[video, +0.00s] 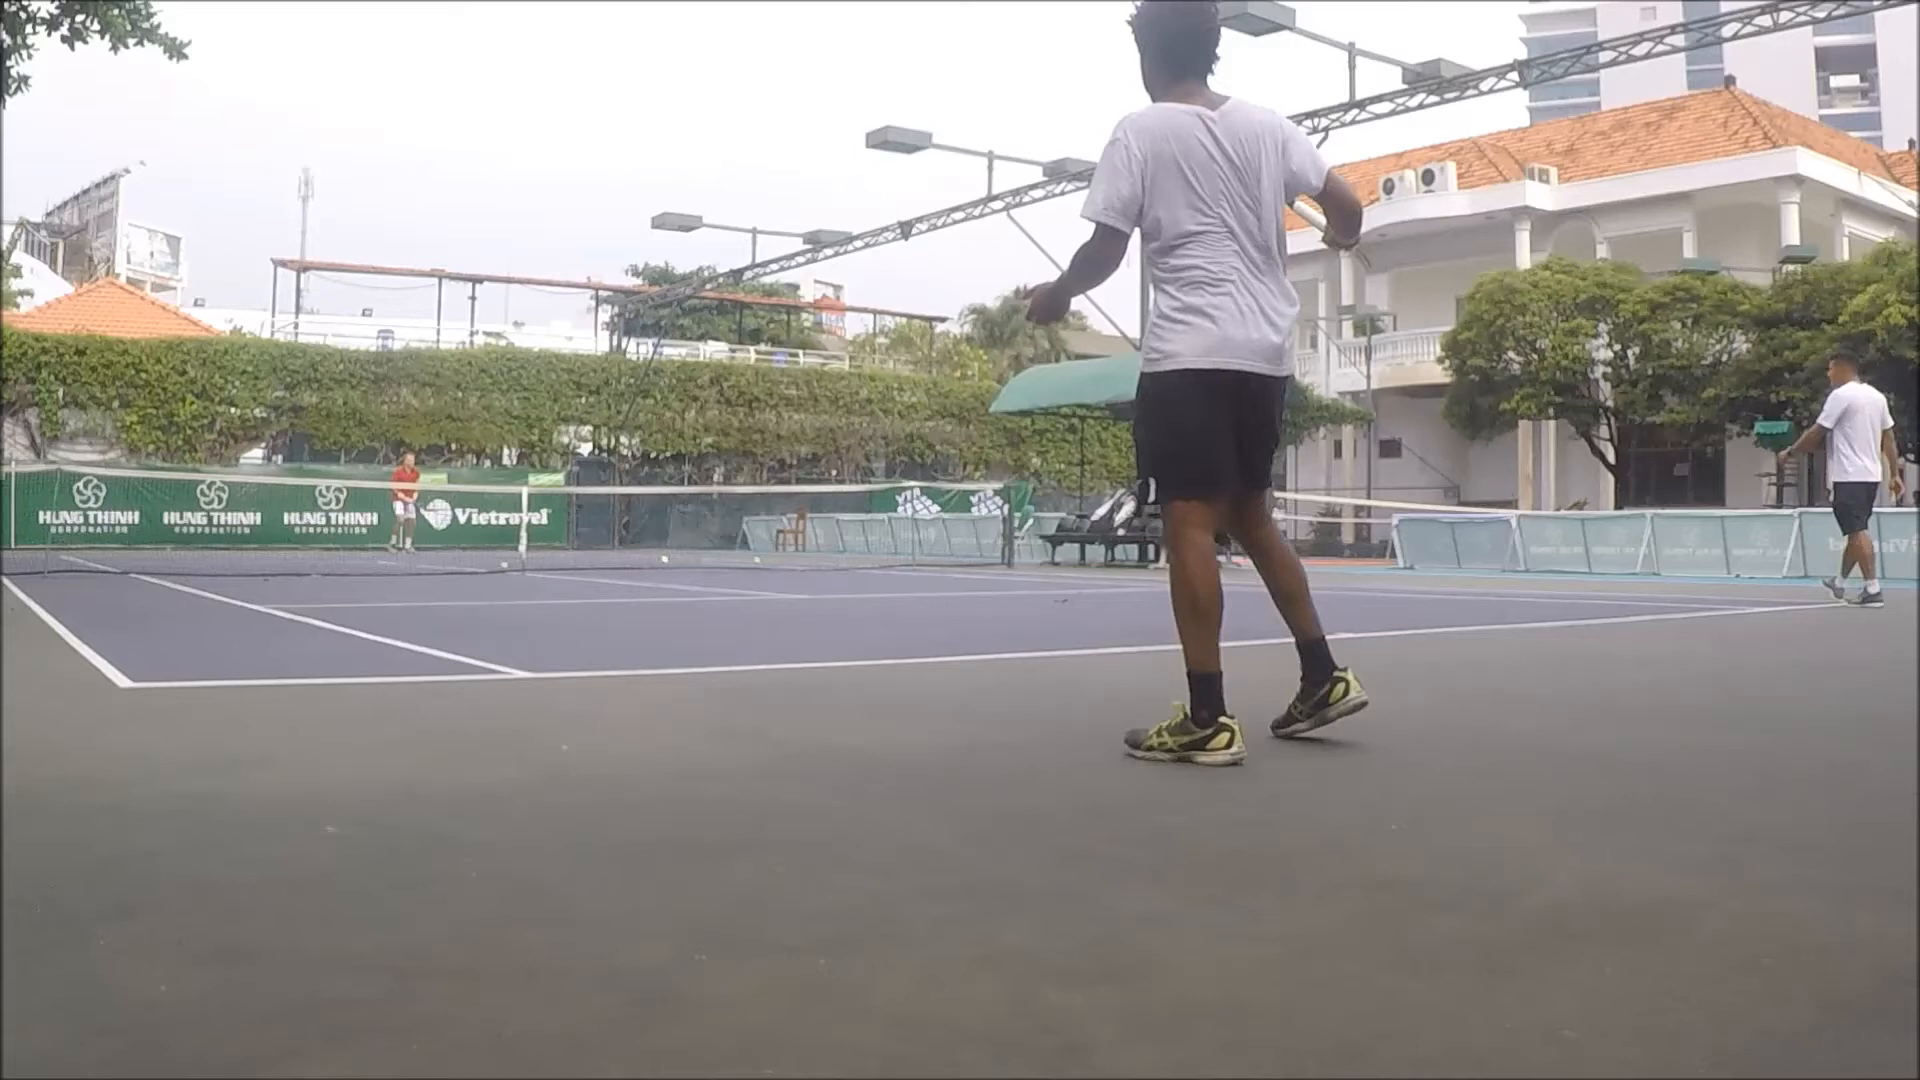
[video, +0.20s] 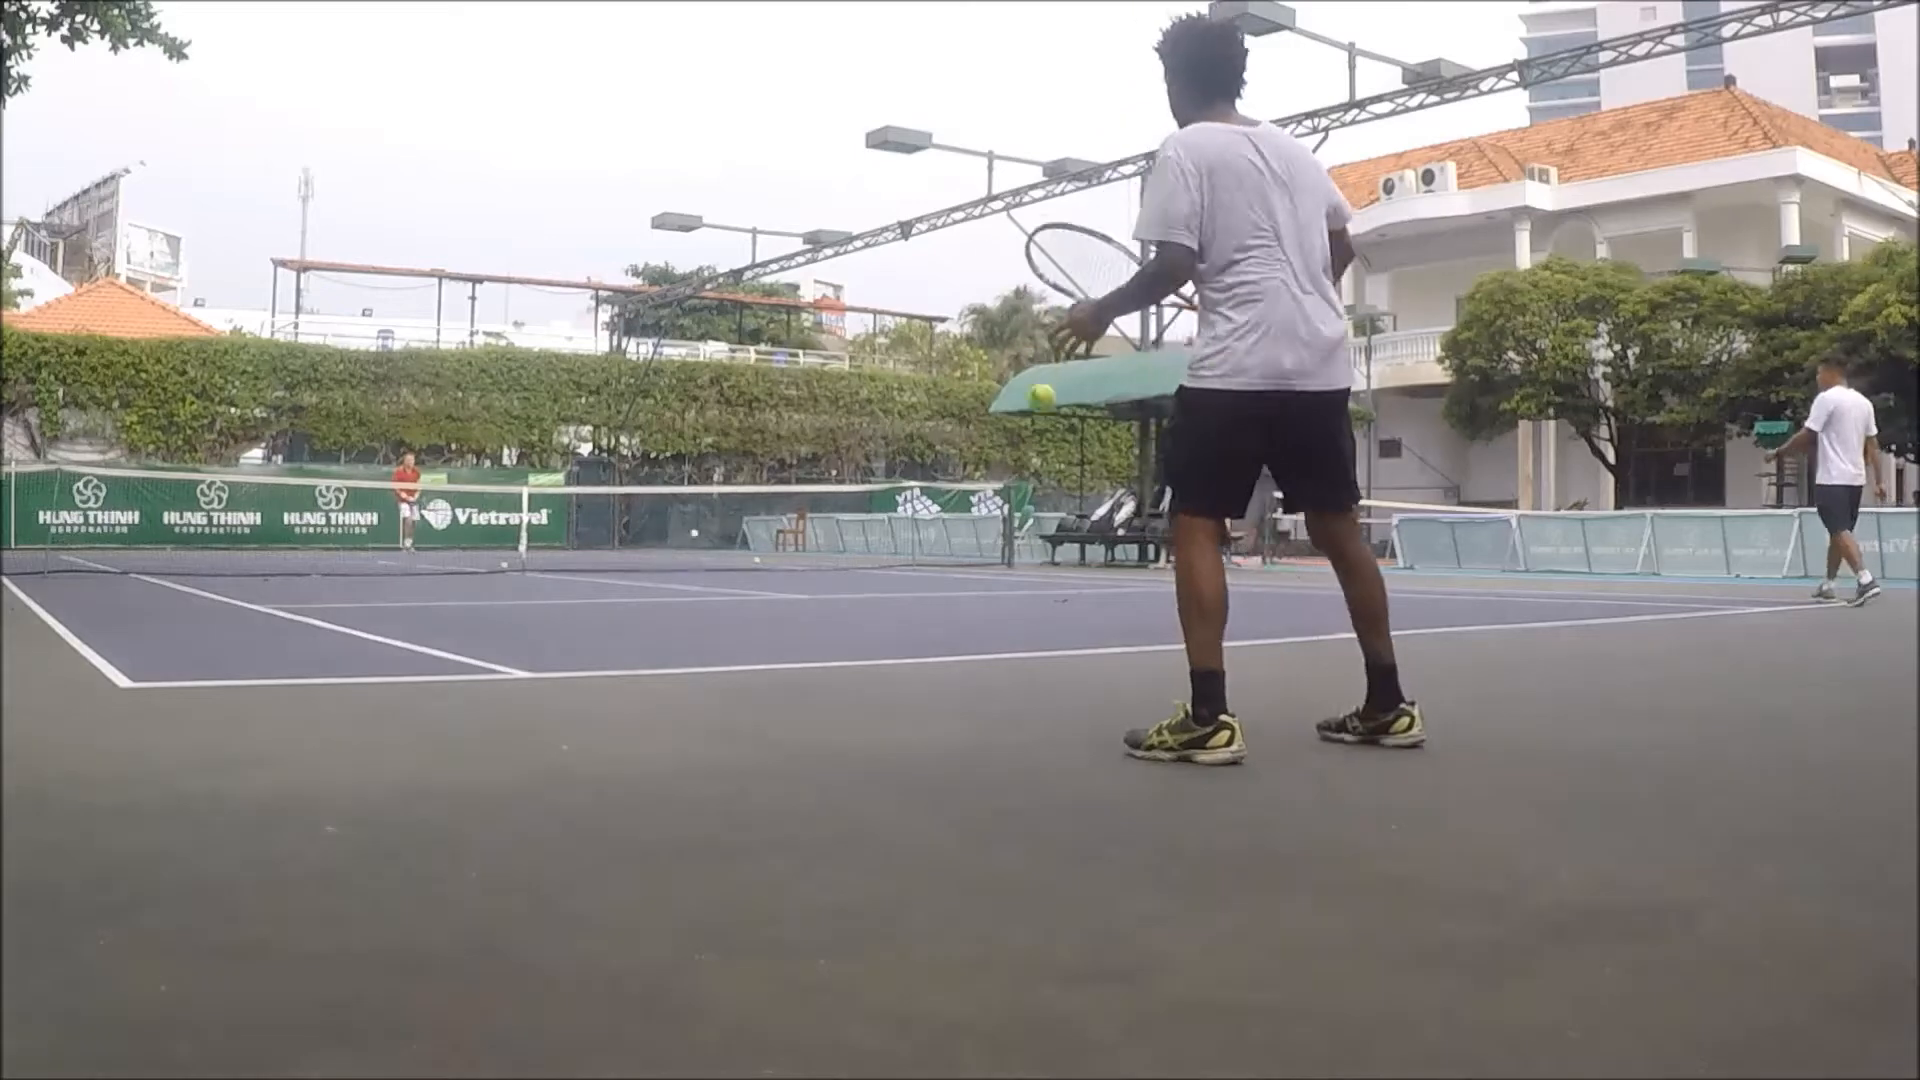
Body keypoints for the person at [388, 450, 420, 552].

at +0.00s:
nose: (411, 462)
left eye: (412, 460)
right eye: (408, 460)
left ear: (414, 461)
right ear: (404, 460)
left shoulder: (416, 473)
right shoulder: (397, 471)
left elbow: (416, 486)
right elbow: (394, 487)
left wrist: (414, 497)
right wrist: (405, 498)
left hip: (410, 497)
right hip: (399, 497)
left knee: (411, 519)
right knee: (400, 517)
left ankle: (408, 543)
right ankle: (393, 541)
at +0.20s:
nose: (410, 462)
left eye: (412, 460)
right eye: (408, 460)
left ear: (414, 461)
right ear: (404, 461)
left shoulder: (416, 473)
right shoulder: (398, 472)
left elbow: (419, 485)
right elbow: (395, 485)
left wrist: (415, 496)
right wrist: (405, 496)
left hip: (413, 498)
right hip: (403, 498)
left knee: (413, 519)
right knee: (406, 518)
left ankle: (410, 541)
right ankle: (406, 541)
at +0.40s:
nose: (410, 460)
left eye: (412, 457)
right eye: (408, 457)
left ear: (414, 458)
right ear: (404, 458)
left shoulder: (418, 470)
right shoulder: (399, 470)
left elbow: (420, 482)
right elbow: (398, 484)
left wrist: (417, 491)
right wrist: (409, 492)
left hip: (417, 495)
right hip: (406, 496)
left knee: (419, 516)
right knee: (407, 518)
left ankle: (417, 538)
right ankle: (407, 539)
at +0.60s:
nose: (413, 462)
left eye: (414, 459)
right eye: (411, 460)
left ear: (417, 460)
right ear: (407, 461)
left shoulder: (420, 470)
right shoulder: (402, 470)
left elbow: (422, 482)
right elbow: (400, 483)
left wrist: (417, 492)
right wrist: (407, 492)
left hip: (418, 498)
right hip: (407, 498)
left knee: (420, 520)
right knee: (407, 520)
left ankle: (421, 542)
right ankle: (407, 541)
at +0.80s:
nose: (414, 458)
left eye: (416, 455)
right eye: (412, 455)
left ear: (419, 457)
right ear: (409, 457)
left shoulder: (421, 468)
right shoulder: (403, 468)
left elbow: (424, 481)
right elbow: (399, 481)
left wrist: (418, 489)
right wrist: (407, 489)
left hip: (419, 496)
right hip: (407, 496)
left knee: (421, 518)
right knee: (408, 518)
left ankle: (421, 542)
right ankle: (407, 541)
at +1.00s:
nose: (415, 462)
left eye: (417, 460)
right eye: (413, 460)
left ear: (420, 461)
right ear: (409, 461)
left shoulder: (422, 471)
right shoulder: (403, 470)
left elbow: (424, 483)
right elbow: (400, 484)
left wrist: (420, 492)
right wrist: (406, 493)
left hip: (419, 498)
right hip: (407, 499)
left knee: (421, 520)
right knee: (407, 520)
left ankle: (422, 541)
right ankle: (405, 541)